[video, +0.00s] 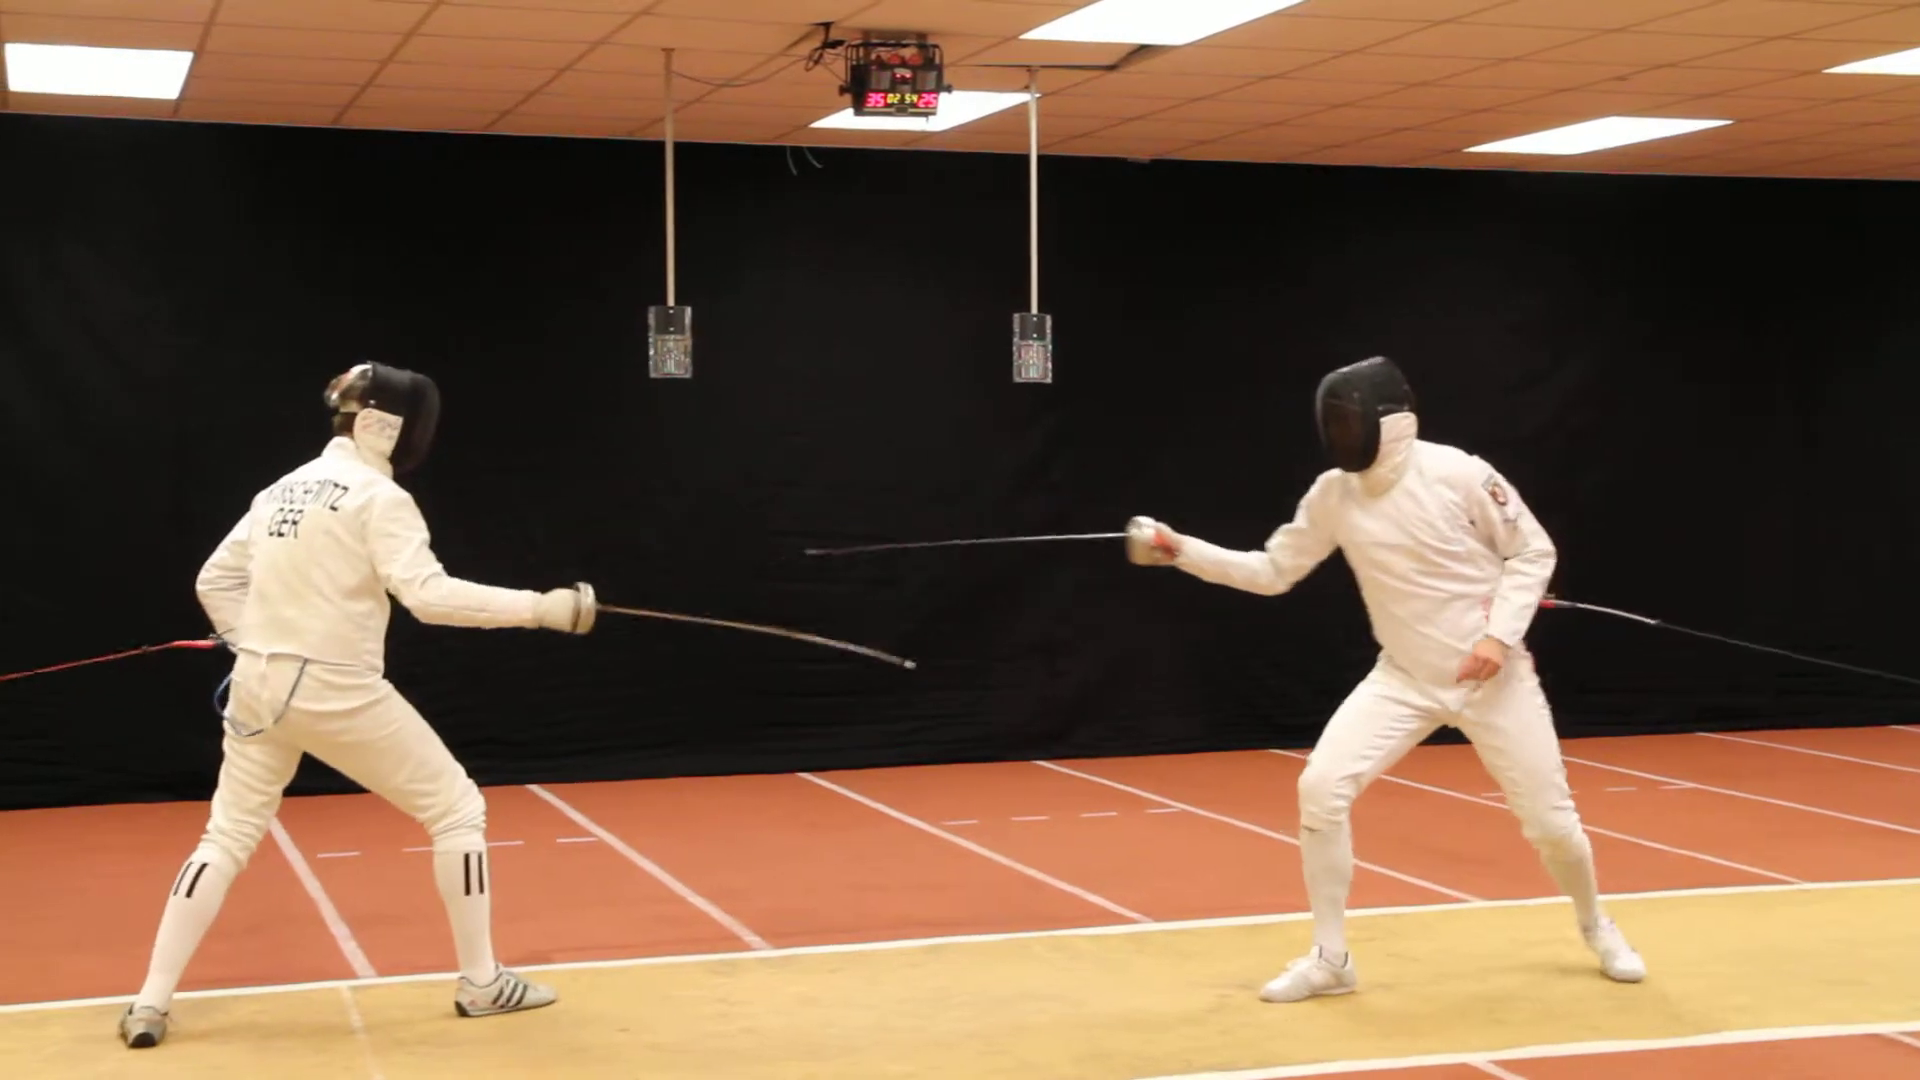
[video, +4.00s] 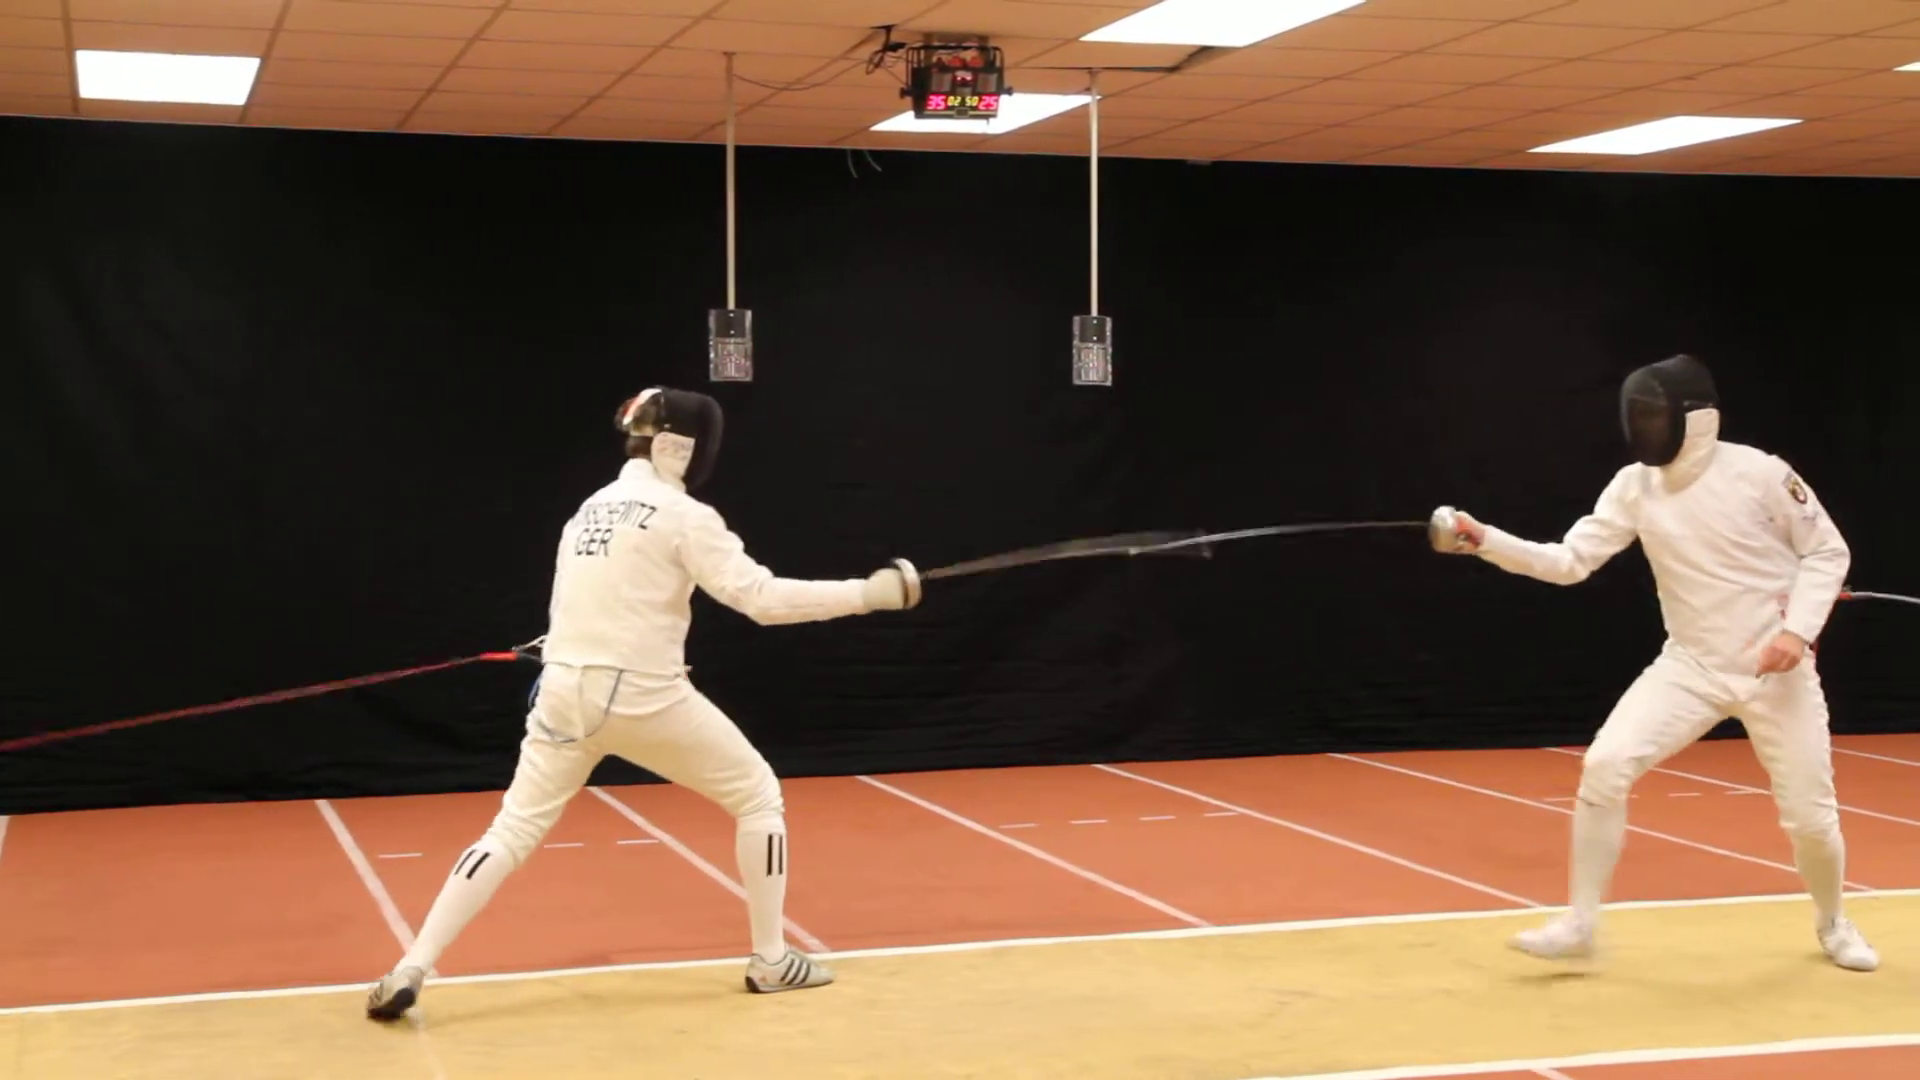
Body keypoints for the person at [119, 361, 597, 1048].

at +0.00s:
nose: (415, 440)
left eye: (415, 426)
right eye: (412, 427)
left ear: (341, 417)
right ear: (393, 427)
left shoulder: (279, 493)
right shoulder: (380, 499)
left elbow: (216, 581)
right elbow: (428, 595)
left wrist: (262, 651)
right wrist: (544, 606)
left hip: (256, 689)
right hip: (339, 691)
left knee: (225, 837)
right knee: (456, 811)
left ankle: (150, 1003)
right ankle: (482, 981)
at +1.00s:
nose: (404, 456)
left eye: (403, 444)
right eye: (398, 443)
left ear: (343, 440)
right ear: (373, 442)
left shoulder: (278, 513)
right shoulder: (380, 515)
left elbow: (217, 601)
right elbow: (462, 589)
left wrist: (266, 671)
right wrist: (573, 564)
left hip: (264, 708)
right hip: (349, 707)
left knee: (253, 853)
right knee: (478, 805)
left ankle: (179, 1002)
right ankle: (515, 974)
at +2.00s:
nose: (541, 461)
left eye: (528, 444)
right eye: (539, 448)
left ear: (496, 444)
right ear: (533, 454)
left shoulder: (430, 510)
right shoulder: (525, 523)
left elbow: (368, 595)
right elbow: (616, 594)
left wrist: (399, 670)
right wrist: (730, 579)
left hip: (385, 695)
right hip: (469, 704)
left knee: (334, 842)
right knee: (589, 802)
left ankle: (212, 977)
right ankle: (618, 967)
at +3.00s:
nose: (563, 482)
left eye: (555, 466)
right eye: (560, 469)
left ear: (499, 462)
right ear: (542, 470)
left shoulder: (445, 530)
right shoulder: (527, 538)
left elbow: (392, 619)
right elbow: (603, 625)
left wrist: (422, 686)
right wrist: (715, 613)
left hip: (408, 713)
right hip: (487, 716)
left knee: (357, 857)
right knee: (625, 788)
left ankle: (242, 990)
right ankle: (662, 955)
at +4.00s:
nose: (698, 457)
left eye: (689, 441)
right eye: (697, 446)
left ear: (637, 441)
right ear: (686, 449)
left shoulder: (591, 508)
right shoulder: (686, 517)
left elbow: (590, 604)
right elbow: (764, 600)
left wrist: (554, 647)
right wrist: (873, 591)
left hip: (562, 693)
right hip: (648, 697)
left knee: (510, 832)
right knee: (757, 796)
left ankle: (411, 969)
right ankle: (770, 955)